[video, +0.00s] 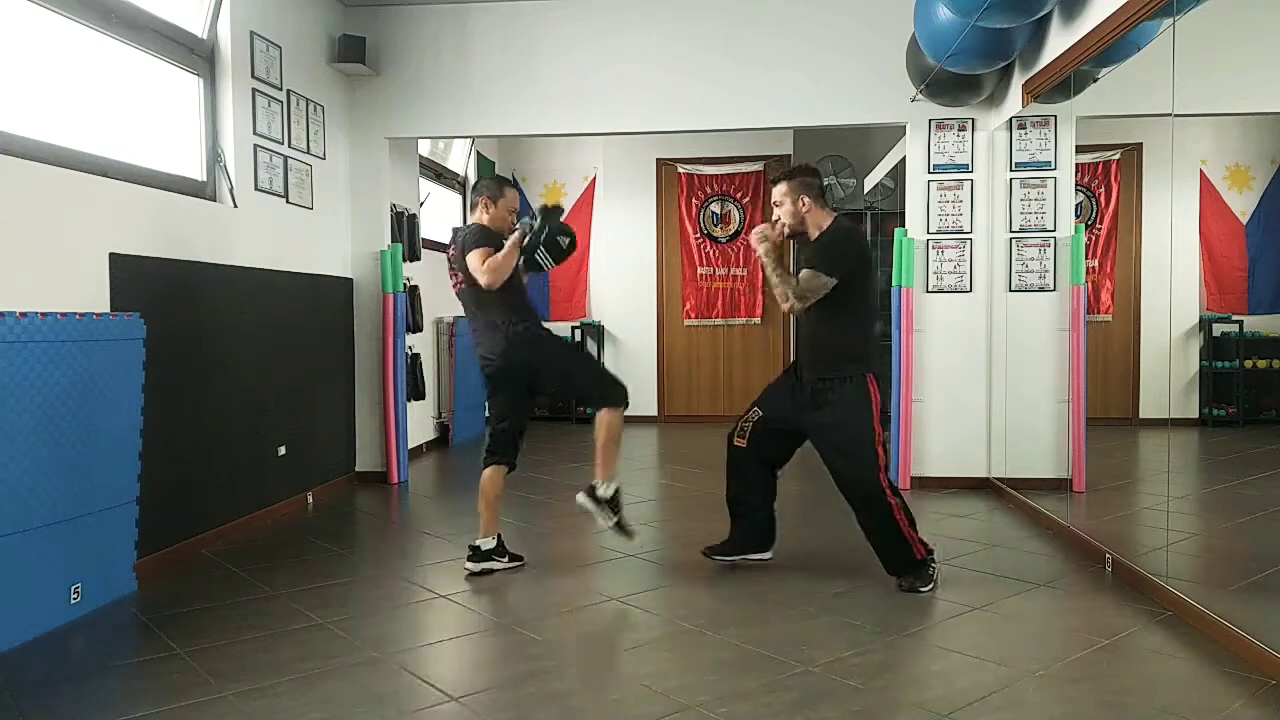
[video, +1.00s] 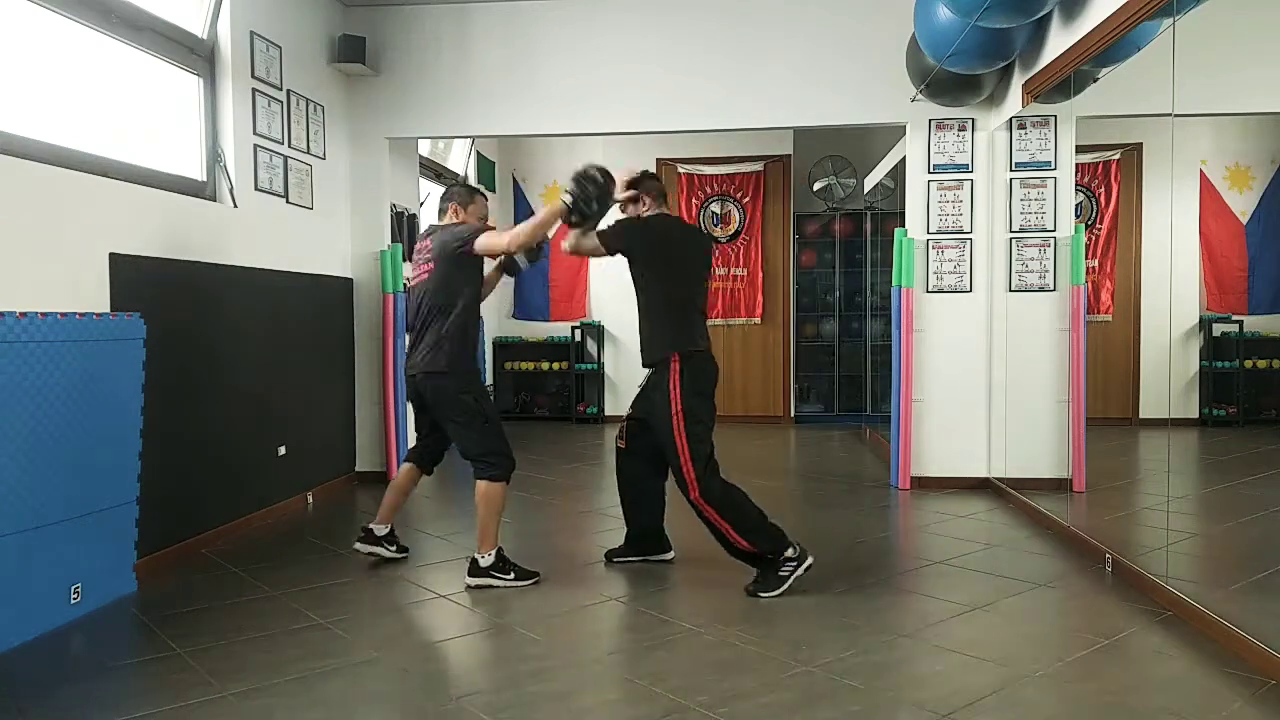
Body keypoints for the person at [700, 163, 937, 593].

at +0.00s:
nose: (776, 213)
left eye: (779, 204)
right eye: (774, 206)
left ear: (804, 203)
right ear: (806, 204)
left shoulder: (844, 240)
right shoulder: (814, 244)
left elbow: (792, 300)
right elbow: (794, 298)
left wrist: (768, 257)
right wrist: (772, 254)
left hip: (848, 383)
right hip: (805, 378)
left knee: (866, 481)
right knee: (747, 443)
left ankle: (915, 564)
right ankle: (752, 540)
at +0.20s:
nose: (744, 200)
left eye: (748, 192)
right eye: (744, 193)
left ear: (772, 193)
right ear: (772, 193)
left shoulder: (806, 233)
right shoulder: (774, 237)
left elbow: (744, 279)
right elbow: (732, 273)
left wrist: (740, 228)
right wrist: (719, 235)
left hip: (810, 375)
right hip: (764, 373)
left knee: (840, 468)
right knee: (719, 448)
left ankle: (899, 546)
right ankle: (716, 543)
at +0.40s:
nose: (711, 208)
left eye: (715, 201)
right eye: (710, 202)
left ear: (739, 199)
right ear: (735, 200)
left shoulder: (781, 239)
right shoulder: (729, 231)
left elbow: (731, 285)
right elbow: (691, 239)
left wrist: (717, 234)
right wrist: (669, 244)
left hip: (783, 374)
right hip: (738, 371)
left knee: (790, 470)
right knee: (687, 443)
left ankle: (825, 564)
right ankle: (688, 538)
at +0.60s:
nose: (668, 209)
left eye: (672, 200)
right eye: (667, 201)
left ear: (695, 199)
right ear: (694, 200)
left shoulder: (738, 239)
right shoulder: (690, 242)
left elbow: (720, 295)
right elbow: (642, 255)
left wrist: (685, 261)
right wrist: (591, 233)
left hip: (737, 375)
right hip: (699, 375)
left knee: (754, 472)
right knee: (651, 449)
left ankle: (828, 554)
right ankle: (658, 541)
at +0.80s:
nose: (637, 210)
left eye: (643, 203)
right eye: (639, 204)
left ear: (666, 203)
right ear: (675, 204)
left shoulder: (684, 228)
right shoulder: (695, 243)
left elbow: (626, 225)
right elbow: (657, 276)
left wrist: (586, 226)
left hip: (706, 374)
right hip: (683, 376)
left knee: (724, 484)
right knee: (641, 450)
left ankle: (810, 555)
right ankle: (650, 541)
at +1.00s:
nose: (625, 213)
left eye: (626, 205)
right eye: (624, 206)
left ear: (643, 201)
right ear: (663, 199)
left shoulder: (639, 231)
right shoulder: (698, 238)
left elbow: (574, 244)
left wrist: (593, 200)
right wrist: (642, 214)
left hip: (678, 368)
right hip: (684, 365)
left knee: (697, 481)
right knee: (635, 448)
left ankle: (781, 555)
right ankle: (647, 541)